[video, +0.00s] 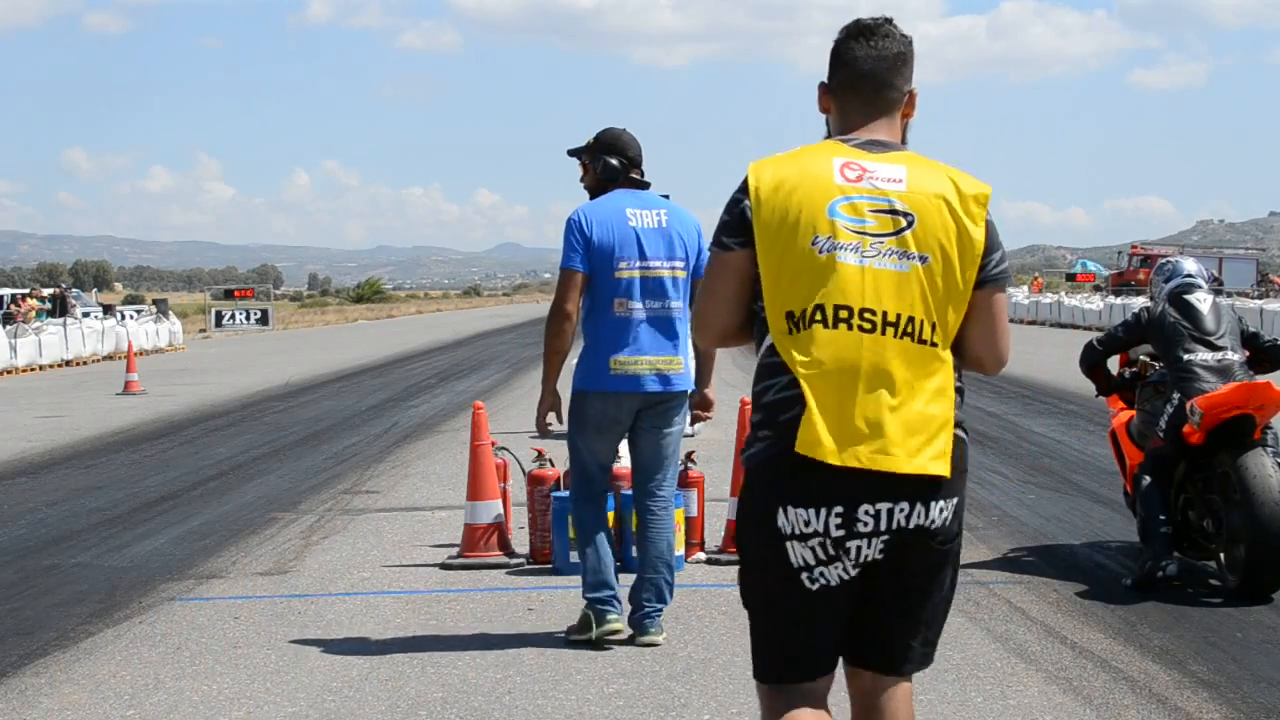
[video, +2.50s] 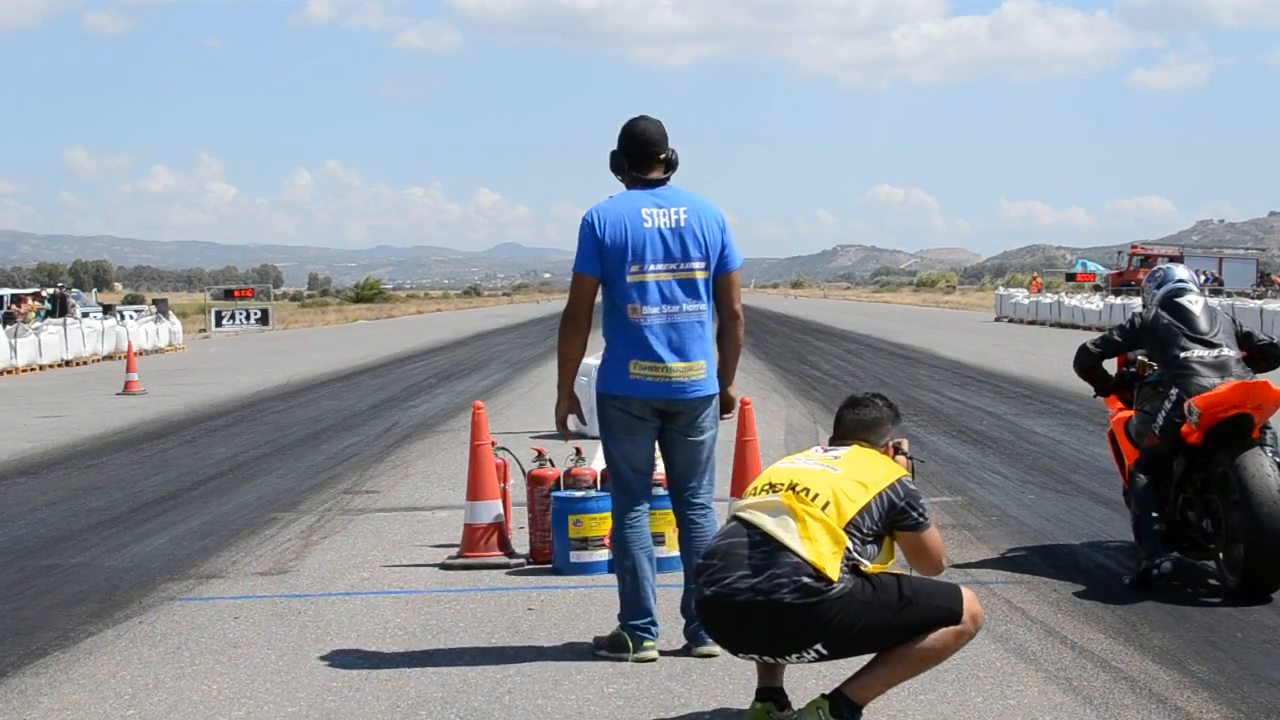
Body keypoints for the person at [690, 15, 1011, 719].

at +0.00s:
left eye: (823, 91)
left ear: (825, 97)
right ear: (910, 103)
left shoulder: (766, 185)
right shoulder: (966, 202)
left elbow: (714, 329)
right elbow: (990, 353)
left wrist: (792, 299)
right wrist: (915, 309)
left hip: (798, 482)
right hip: (922, 488)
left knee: (795, 691)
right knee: (887, 681)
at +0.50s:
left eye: (769, 127)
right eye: (838, 128)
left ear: (765, 134)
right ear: (840, 135)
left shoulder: (709, 215)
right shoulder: (877, 215)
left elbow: (683, 338)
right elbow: (918, 341)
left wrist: (750, 301)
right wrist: (852, 302)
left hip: (743, 456)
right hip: (851, 457)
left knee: (754, 623)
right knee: (854, 627)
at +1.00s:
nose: (868, 210)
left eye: (865, 202)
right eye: (868, 203)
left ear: (799, 198)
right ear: (860, 206)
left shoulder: (738, 247)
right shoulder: (876, 254)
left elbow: (730, 339)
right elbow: (904, 361)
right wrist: (860, 323)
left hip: (739, 450)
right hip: (836, 456)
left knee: (748, 585)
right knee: (841, 593)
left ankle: (756, 702)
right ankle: (814, 715)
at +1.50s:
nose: (892, 343)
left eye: (890, 337)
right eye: (891, 337)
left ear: (832, 333)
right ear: (884, 342)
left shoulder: (788, 352)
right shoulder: (888, 375)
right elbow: (923, 468)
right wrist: (900, 383)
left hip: (700, 483)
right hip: (786, 492)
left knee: (773, 571)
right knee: (921, 592)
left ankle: (762, 703)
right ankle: (822, 708)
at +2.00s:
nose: (898, 431)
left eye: (897, 427)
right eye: (897, 426)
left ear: (833, 423)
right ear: (889, 430)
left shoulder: (797, 442)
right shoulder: (892, 462)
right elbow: (930, 546)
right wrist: (905, 464)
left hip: (711, 583)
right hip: (796, 582)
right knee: (957, 606)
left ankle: (766, 696)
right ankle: (834, 706)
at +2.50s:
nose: (899, 447)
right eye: (897, 441)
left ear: (832, 438)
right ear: (889, 447)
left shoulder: (792, 460)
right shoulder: (891, 478)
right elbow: (932, 565)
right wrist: (904, 481)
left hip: (718, 608)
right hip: (800, 611)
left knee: (777, 568)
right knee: (967, 612)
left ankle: (769, 696)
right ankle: (839, 707)